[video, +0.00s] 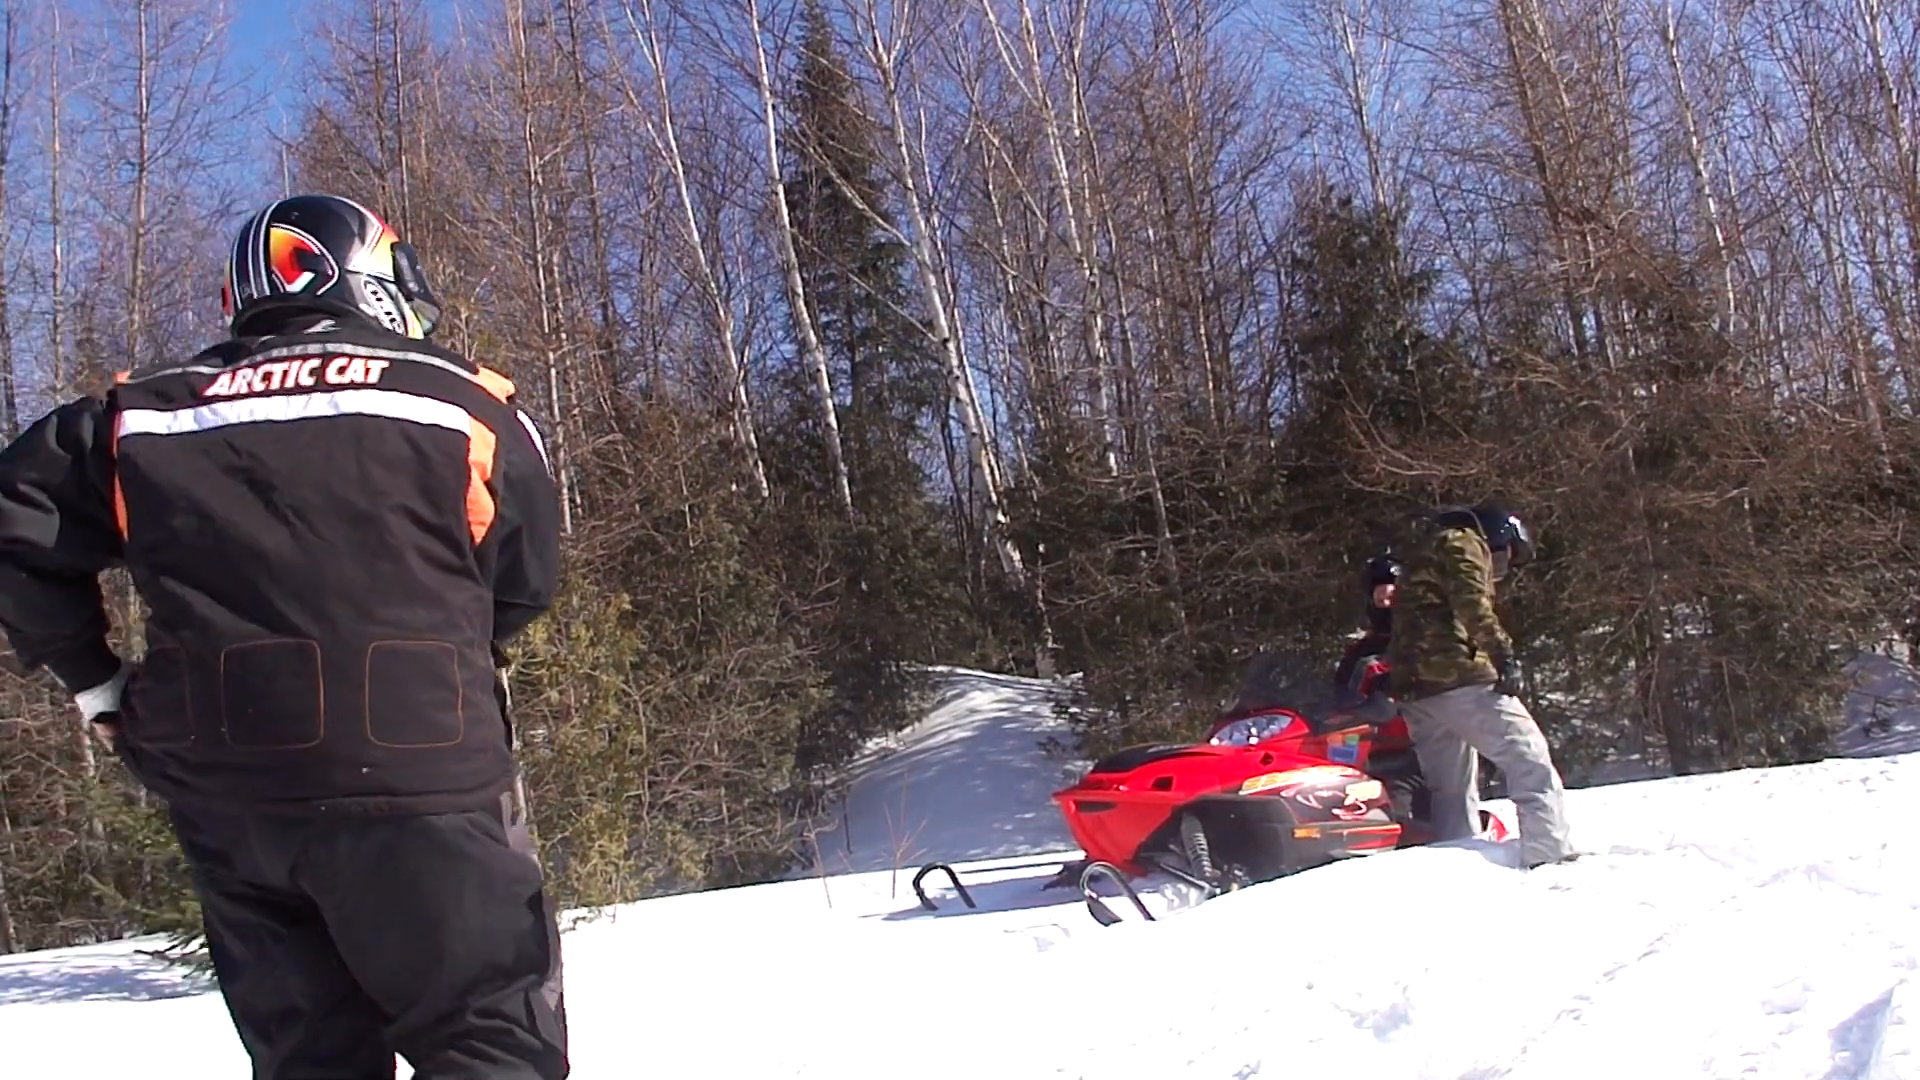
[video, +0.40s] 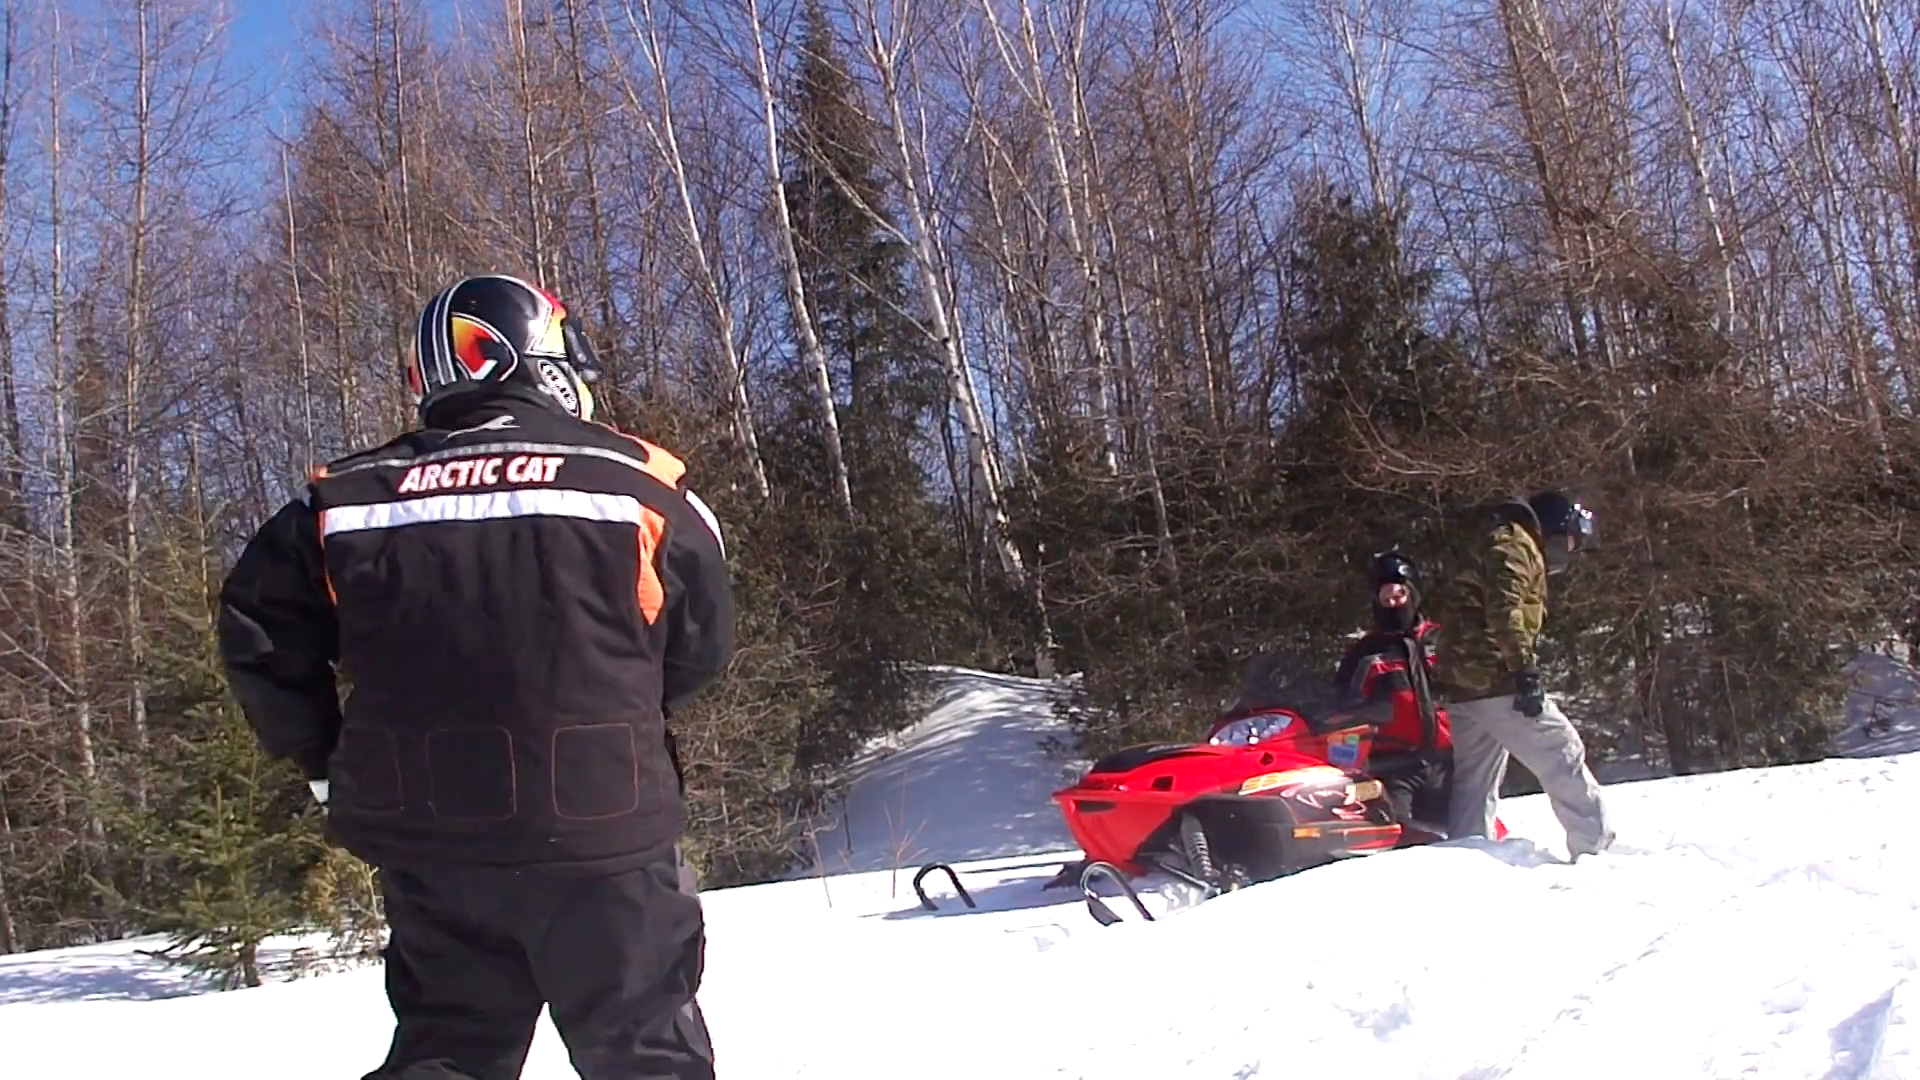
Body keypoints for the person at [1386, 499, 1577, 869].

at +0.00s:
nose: (1504, 566)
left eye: (1510, 560)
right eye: (1508, 555)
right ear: (1497, 536)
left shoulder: (1421, 551)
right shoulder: (1461, 542)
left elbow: (1409, 623)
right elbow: (1473, 606)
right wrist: (1505, 657)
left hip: (1412, 686)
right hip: (1456, 675)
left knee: (1450, 789)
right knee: (1527, 753)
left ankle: (1459, 868)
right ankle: (1548, 853)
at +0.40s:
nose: (1569, 554)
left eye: (1574, 547)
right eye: (1571, 543)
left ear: (1545, 525)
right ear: (1554, 528)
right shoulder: (1513, 543)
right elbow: (1507, 612)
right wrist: (1528, 677)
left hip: (1461, 681)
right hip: (1494, 678)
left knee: (1474, 776)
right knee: (1561, 750)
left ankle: (1467, 858)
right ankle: (1593, 847)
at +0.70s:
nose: (1635, 543)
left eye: (1640, 535)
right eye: (1635, 532)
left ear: (1608, 520)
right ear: (1615, 522)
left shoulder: (1547, 538)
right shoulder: (1572, 546)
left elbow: (1511, 609)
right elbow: (1560, 616)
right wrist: (1590, 678)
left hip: (1508, 675)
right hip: (1539, 674)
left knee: (1513, 770)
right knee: (1608, 745)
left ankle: (1482, 854)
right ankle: (1599, 854)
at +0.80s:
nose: (1647, 529)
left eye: (1651, 520)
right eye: (1645, 517)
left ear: (1615, 509)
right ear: (1623, 510)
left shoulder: (1582, 534)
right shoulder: (1580, 537)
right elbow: (1567, 609)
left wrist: (1601, 661)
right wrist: (1602, 669)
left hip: (1519, 665)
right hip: (1544, 665)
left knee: (1546, 751)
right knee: (1608, 744)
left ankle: (1483, 836)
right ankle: (1599, 853)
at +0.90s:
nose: (1649, 518)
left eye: (1652, 509)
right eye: (1646, 506)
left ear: (1620, 499)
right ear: (1623, 499)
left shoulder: (1597, 532)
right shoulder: (1578, 528)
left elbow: (1593, 604)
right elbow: (1567, 598)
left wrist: (1608, 654)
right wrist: (1603, 657)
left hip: (1546, 657)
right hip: (1550, 656)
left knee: (1575, 747)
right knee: (1607, 745)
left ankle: (1490, 809)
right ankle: (1598, 853)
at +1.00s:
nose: (1650, 505)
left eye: (1653, 496)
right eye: (1646, 494)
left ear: (1619, 488)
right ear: (1621, 487)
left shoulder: (1602, 524)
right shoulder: (1578, 520)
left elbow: (1590, 595)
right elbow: (1569, 588)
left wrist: (1608, 649)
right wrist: (1601, 651)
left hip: (1582, 648)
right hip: (1557, 651)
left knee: (1626, 712)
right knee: (1607, 742)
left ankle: (1525, 786)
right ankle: (1597, 849)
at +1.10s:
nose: (1651, 487)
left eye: (1653, 478)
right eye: (1646, 477)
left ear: (1622, 477)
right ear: (1620, 475)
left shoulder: (1608, 515)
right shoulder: (1579, 511)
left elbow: (1601, 587)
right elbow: (1570, 578)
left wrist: (1616, 640)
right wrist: (1593, 638)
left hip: (1601, 646)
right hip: (1570, 652)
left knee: (1648, 697)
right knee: (1613, 744)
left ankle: (1584, 787)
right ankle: (1595, 850)